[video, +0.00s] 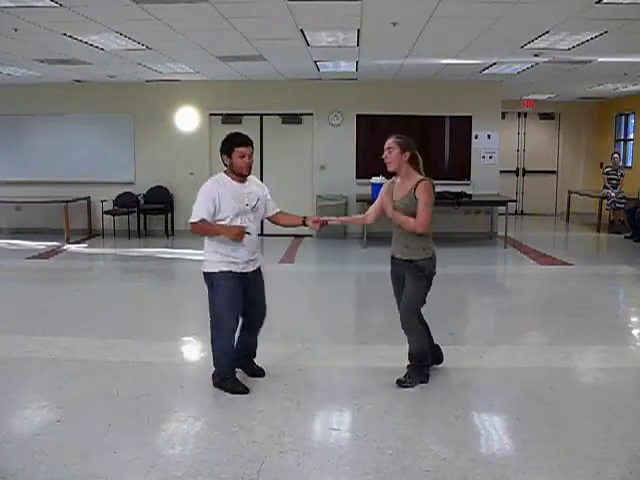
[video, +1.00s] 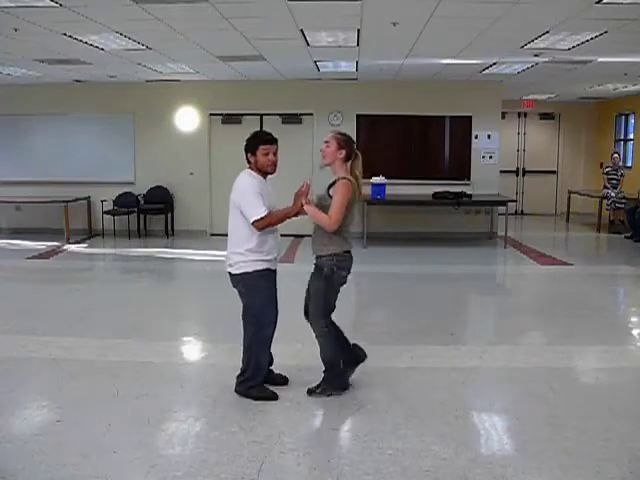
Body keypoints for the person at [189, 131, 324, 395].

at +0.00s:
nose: (248, 160)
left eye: (250, 155)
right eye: (242, 156)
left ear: (252, 157)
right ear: (226, 158)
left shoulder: (257, 187)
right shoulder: (212, 187)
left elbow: (275, 216)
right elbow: (197, 225)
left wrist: (306, 220)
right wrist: (225, 231)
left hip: (250, 266)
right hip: (221, 268)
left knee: (256, 314)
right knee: (225, 321)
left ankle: (244, 358)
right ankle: (223, 375)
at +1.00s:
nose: (273, 159)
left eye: (275, 154)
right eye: (266, 154)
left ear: (276, 155)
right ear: (251, 157)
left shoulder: (260, 182)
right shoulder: (248, 183)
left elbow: (265, 218)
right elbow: (260, 222)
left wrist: (294, 207)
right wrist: (294, 210)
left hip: (262, 265)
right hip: (250, 266)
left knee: (266, 320)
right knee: (259, 322)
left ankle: (261, 370)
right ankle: (249, 382)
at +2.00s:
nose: (218, 162)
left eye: (222, 156)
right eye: (211, 157)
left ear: (226, 156)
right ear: (198, 159)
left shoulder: (234, 189)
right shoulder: (181, 189)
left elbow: (259, 216)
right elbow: (155, 219)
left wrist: (293, 213)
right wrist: (146, 249)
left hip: (221, 271)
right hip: (191, 272)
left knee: (212, 325)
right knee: (200, 327)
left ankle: (213, 370)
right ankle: (202, 379)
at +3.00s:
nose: (268, 162)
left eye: (271, 157)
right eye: (262, 157)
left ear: (273, 157)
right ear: (246, 157)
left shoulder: (253, 183)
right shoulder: (244, 187)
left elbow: (264, 214)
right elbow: (263, 226)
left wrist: (289, 200)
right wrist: (295, 206)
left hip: (248, 267)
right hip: (242, 269)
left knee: (244, 321)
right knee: (259, 323)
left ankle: (244, 373)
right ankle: (233, 377)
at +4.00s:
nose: (266, 165)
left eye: (266, 159)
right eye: (262, 160)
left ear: (249, 161)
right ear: (245, 162)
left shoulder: (246, 184)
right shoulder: (236, 185)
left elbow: (260, 219)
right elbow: (259, 223)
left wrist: (295, 219)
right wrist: (299, 218)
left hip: (243, 264)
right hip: (229, 266)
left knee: (252, 314)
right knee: (234, 320)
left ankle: (246, 365)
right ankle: (227, 377)